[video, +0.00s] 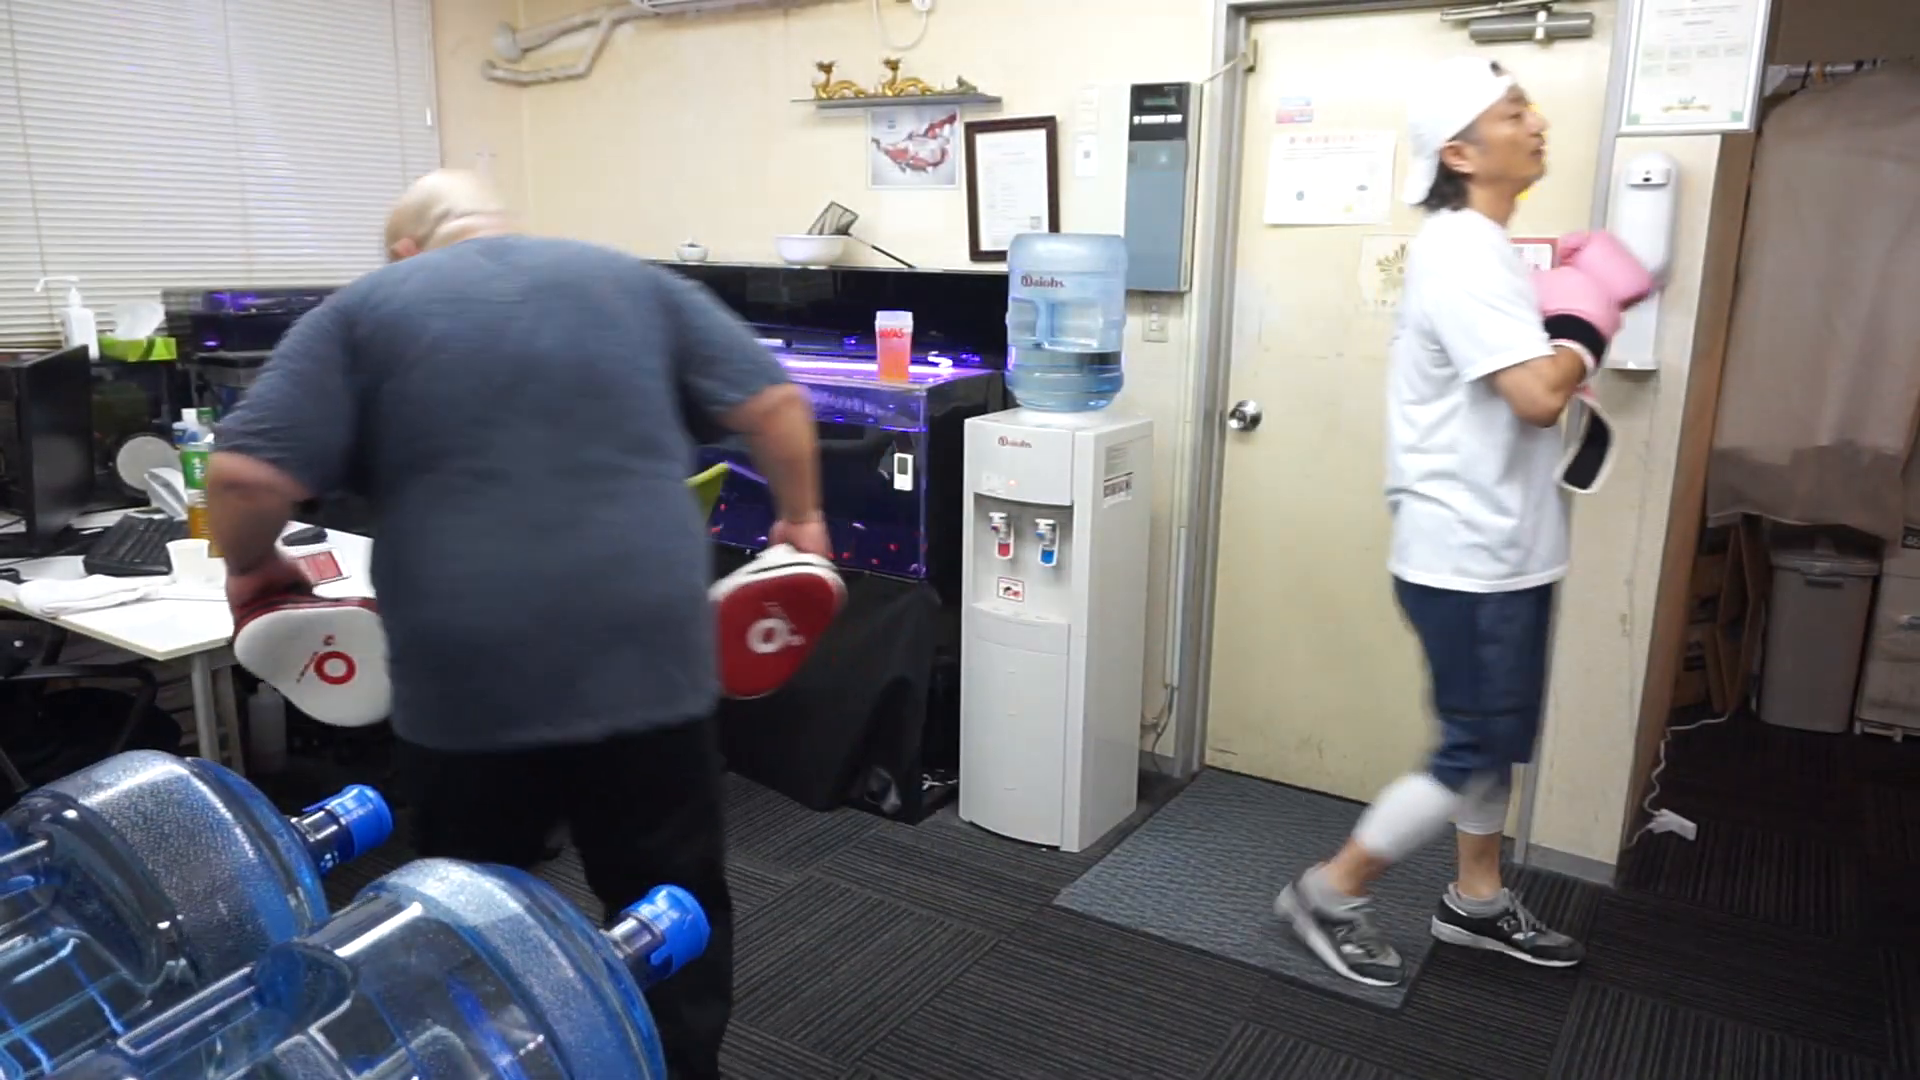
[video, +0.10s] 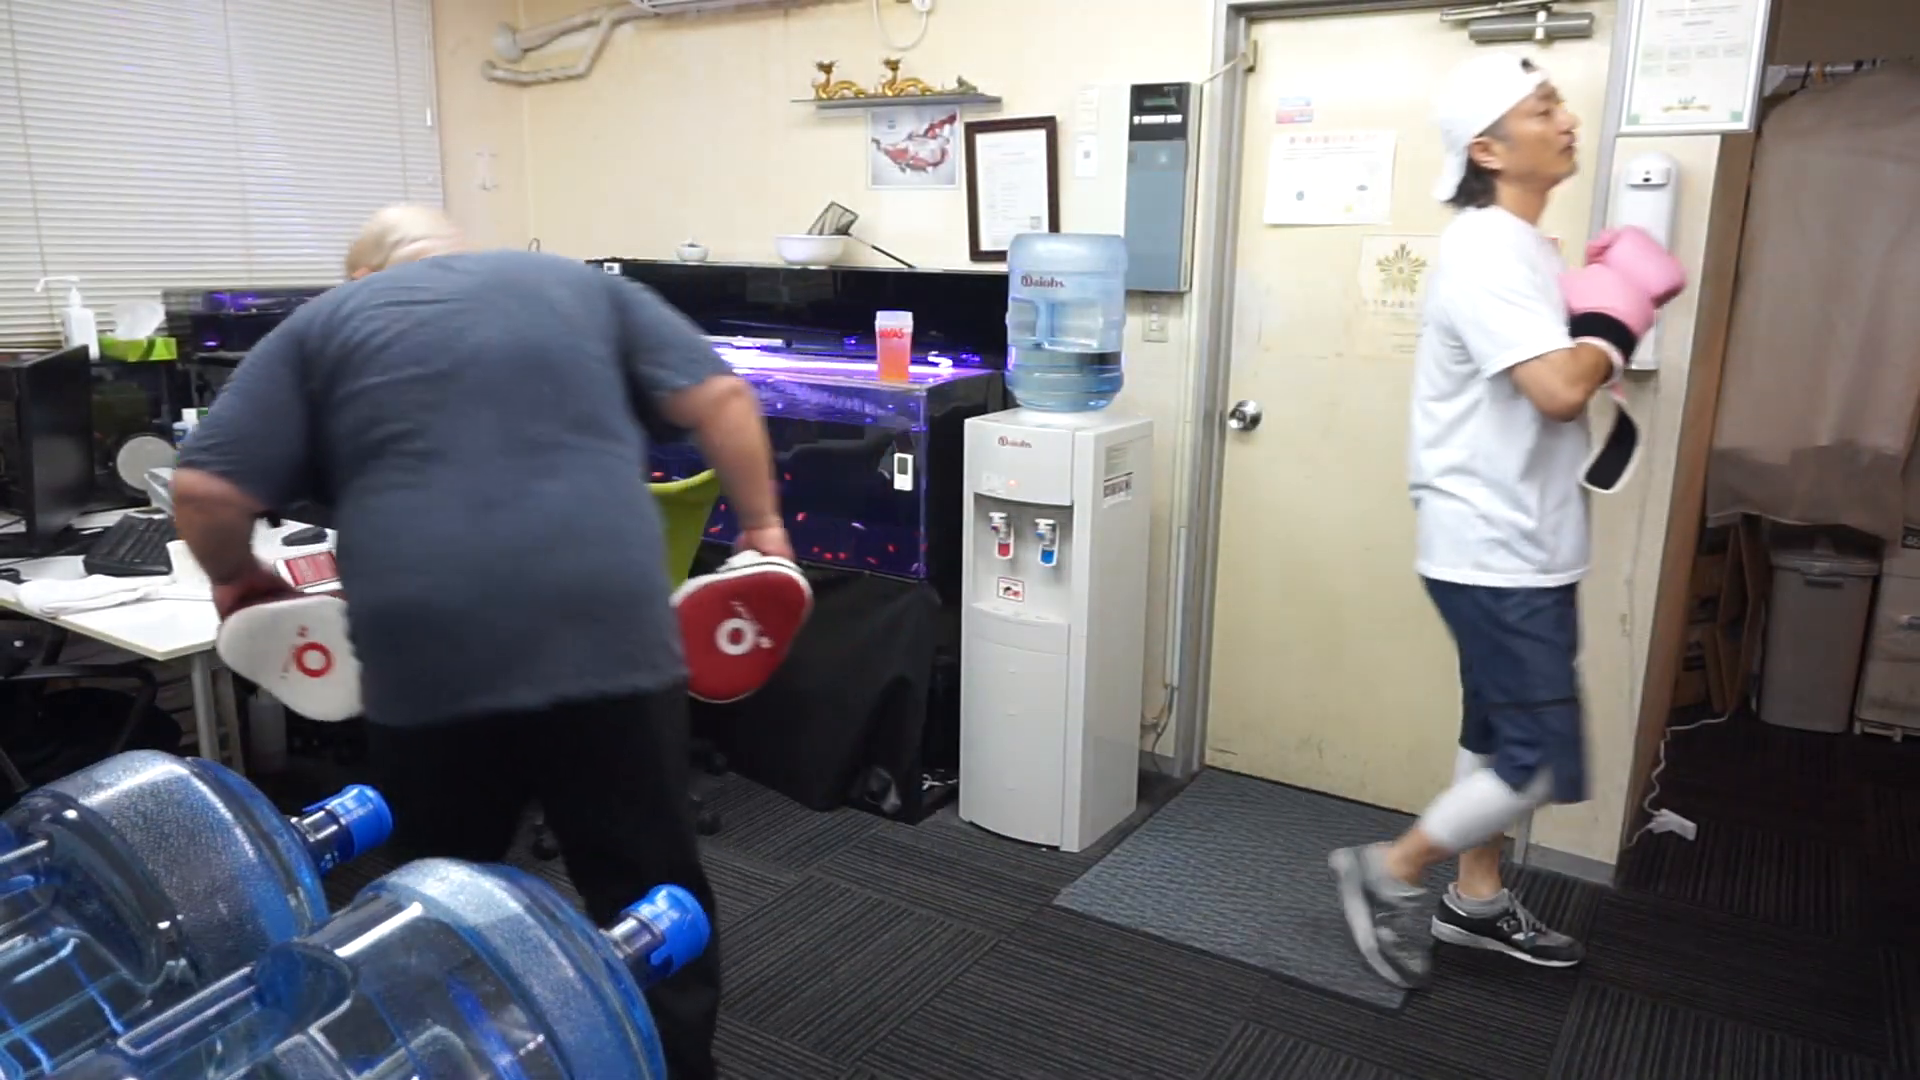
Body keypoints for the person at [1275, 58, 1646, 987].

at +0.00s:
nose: (1536, 123)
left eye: (1527, 109)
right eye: (1513, 115)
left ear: (1479, 152)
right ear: (1463, 152)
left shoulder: (1493, 248)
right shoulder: (1459, 251)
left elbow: (1527, 375)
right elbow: (1539, 398)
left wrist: (1569, 309)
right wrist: (1586, 325)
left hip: (1507, 546)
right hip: (1464, 552)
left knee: (1496, 738)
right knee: (1474, 752)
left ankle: (1476, 898)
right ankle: (1326, 892)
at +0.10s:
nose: (1567, 119)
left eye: (1559, 104)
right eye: (1543, 111)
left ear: (1513, 149)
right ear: (1490, 149)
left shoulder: (1529, 249)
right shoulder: (1483, 251)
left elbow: (1571, 373)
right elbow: (1558, 390)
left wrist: (1610, 310)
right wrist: (1620, 315)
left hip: (1523, 546)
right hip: (1490, 552)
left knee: (1502, 740)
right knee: (1534, 758)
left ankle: (1477, 904)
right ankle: (1386, 871)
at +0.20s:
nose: (1593, 118)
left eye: (1586, 103)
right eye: (1567, 111)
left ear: (1553, 146)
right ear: (1514, 149)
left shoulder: (1561, 248)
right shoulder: (1508, 248)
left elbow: (1585, 373)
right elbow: (1578, 390)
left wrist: (1635, 315)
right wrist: (1641, 320)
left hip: (1544, 543)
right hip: (1509, 547)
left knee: (1502, 732)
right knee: (1582, 755)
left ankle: (1486, 901)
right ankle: (1451, 897)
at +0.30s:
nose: (1617, 117)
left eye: (1611, 101)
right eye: (1592, 110)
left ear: (1586, 142)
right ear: (1539, 149)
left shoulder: (1597, 247)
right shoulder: (1522, 255)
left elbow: (1607, 375)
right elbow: (1594, 394)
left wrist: (1666, 321)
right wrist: (1668, 314)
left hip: (1571, 548)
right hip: (1526, 553)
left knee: (1514, 726)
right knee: (1574, 758)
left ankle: (1476, 891)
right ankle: (1535, 959)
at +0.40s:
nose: (1644, 127)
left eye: (1638, 109)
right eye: (1616, 118)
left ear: (1622, 141)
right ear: (1562, 155)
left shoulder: (1627, 253)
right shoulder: (1543, 260)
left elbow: (1637, 384)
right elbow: (1603, 408)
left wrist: (1689, 354)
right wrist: (1688, 329)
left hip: (1593, 556)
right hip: (1543, 563)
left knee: (1527, 738)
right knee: (1566, 771)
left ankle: (1473, 895)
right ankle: (1605, 990)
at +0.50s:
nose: (1664, 130)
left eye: (1661, 112)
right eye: (1635, 122)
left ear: (1665, 140)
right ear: (1580, 162)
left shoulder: (1676, 252)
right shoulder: (1558, 274)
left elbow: (1689, 387)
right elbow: (1605, 424)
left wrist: (1739, 331)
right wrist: (1699, 357)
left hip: (1637, 562)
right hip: (1567, 572)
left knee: (1548, 741)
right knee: (1595, 786)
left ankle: (1475, 897)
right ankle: (1616, 1003)